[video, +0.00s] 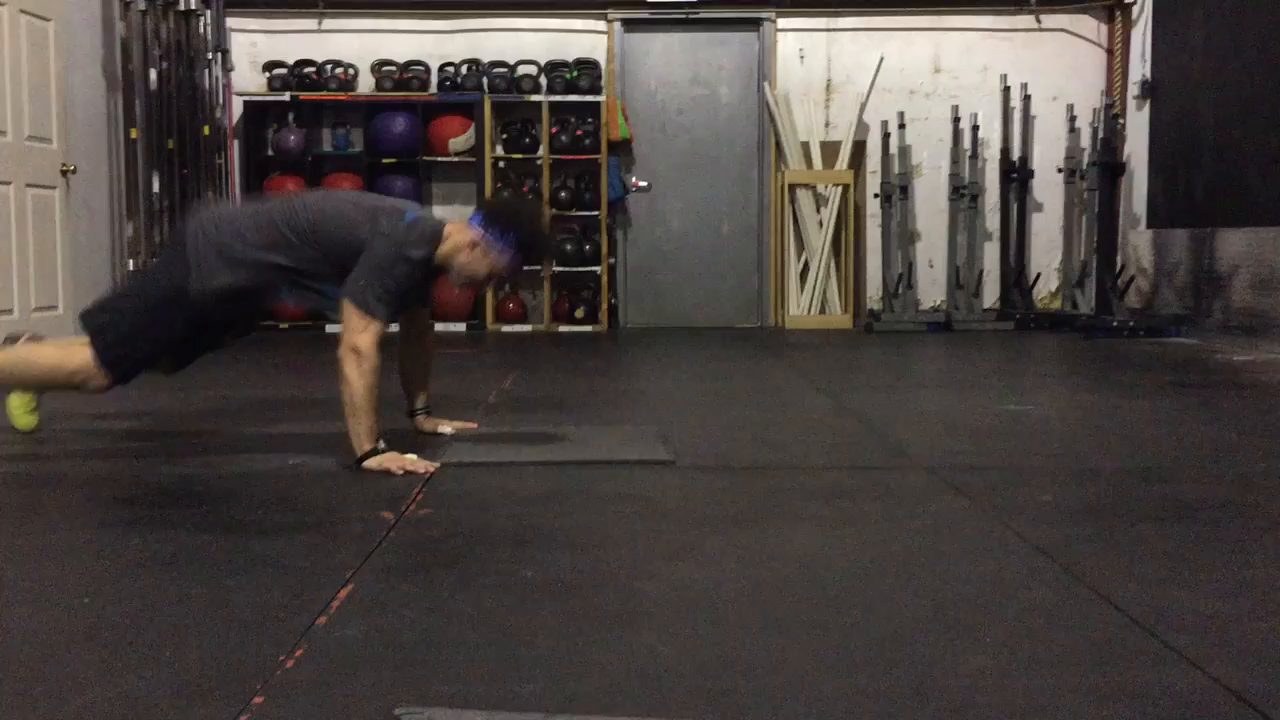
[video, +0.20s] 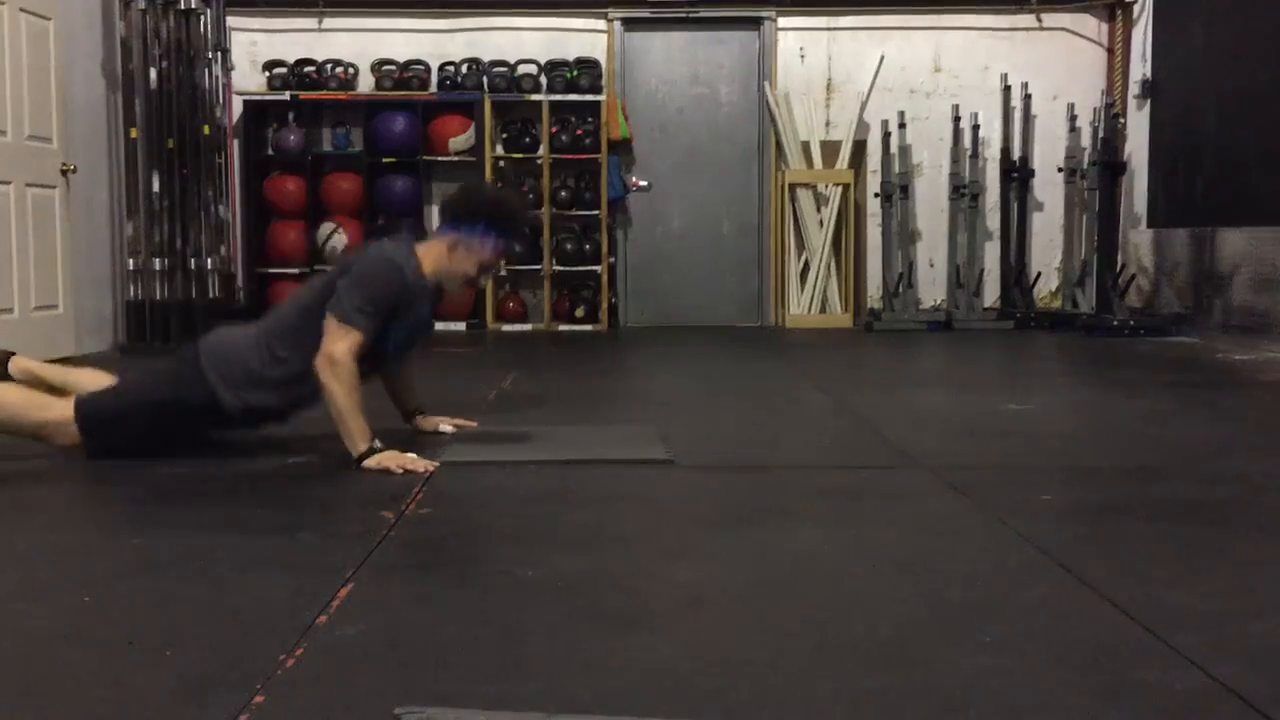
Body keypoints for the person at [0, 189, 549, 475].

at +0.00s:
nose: (481, 281)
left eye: (491, 275)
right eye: (488, 270)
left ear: (478, 239)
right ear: (474, 236)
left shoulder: (430, 246)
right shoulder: (399, 241)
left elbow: (415, 331)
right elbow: (356, 345)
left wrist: (420, 410)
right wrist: (367, 450)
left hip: (243, 282)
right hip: (210, 260)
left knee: (119, 358)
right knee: (99, 365)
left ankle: (24, 371)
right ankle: (7, 362)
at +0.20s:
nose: (487, 274)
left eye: (494, 264)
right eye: (487, 260)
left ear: (464, 242)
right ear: (456, 238)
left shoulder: (420, 281)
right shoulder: (385, 271)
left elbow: (394, 353)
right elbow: (333, 357)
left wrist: (415, 416)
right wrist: (366, 451)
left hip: (237, 373)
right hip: (218, 383)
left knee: (116, 392)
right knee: (66, 423)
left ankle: (18, 366)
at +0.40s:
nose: (506, 376)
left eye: (512, 365)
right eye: (506, 362)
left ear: (482, 331)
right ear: (482, 336)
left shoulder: (436, 347)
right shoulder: (419, 346)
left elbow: (354, 378)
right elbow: (322, 372)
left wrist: (418, 413)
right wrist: (366, 451)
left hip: (234, 392)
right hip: (218, 405)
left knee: (109, 400)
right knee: (49, 429)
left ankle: (8, 360)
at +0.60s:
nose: (518, 414)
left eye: (526, 404)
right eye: (523, 401)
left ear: (498, 369)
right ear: (500, 377)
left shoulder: (451, 363)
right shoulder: (443, 377)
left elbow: (374, 341)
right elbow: (343, 356)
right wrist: (367, 446)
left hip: (248, 386)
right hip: (237, 405)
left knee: (118, 403)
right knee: (65, 425)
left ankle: (13, 353)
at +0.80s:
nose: (514, 312)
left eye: (519, 301)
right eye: (512, 297)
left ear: (482, 281)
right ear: (476, 278)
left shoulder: (439, 305)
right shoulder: (420, 304)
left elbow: (387, 355)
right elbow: (339, 354)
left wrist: (419, 408)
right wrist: (366, 448)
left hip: (250, 379)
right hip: (236, 390)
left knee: (129, 401)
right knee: (77, 424)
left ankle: (21, 360)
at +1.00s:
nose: (525, 270)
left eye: (535, 262)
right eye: (530, 256)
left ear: (508, 229)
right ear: (506, 226)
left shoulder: (452, 243)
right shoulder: (434, 242)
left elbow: (430, 331)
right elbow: (381, 338)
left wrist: (421, 417)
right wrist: (367, 444)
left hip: (257, 292)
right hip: (247, 291)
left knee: (120, 356)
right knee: (113, 362)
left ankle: (11, 376)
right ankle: (7, 376)